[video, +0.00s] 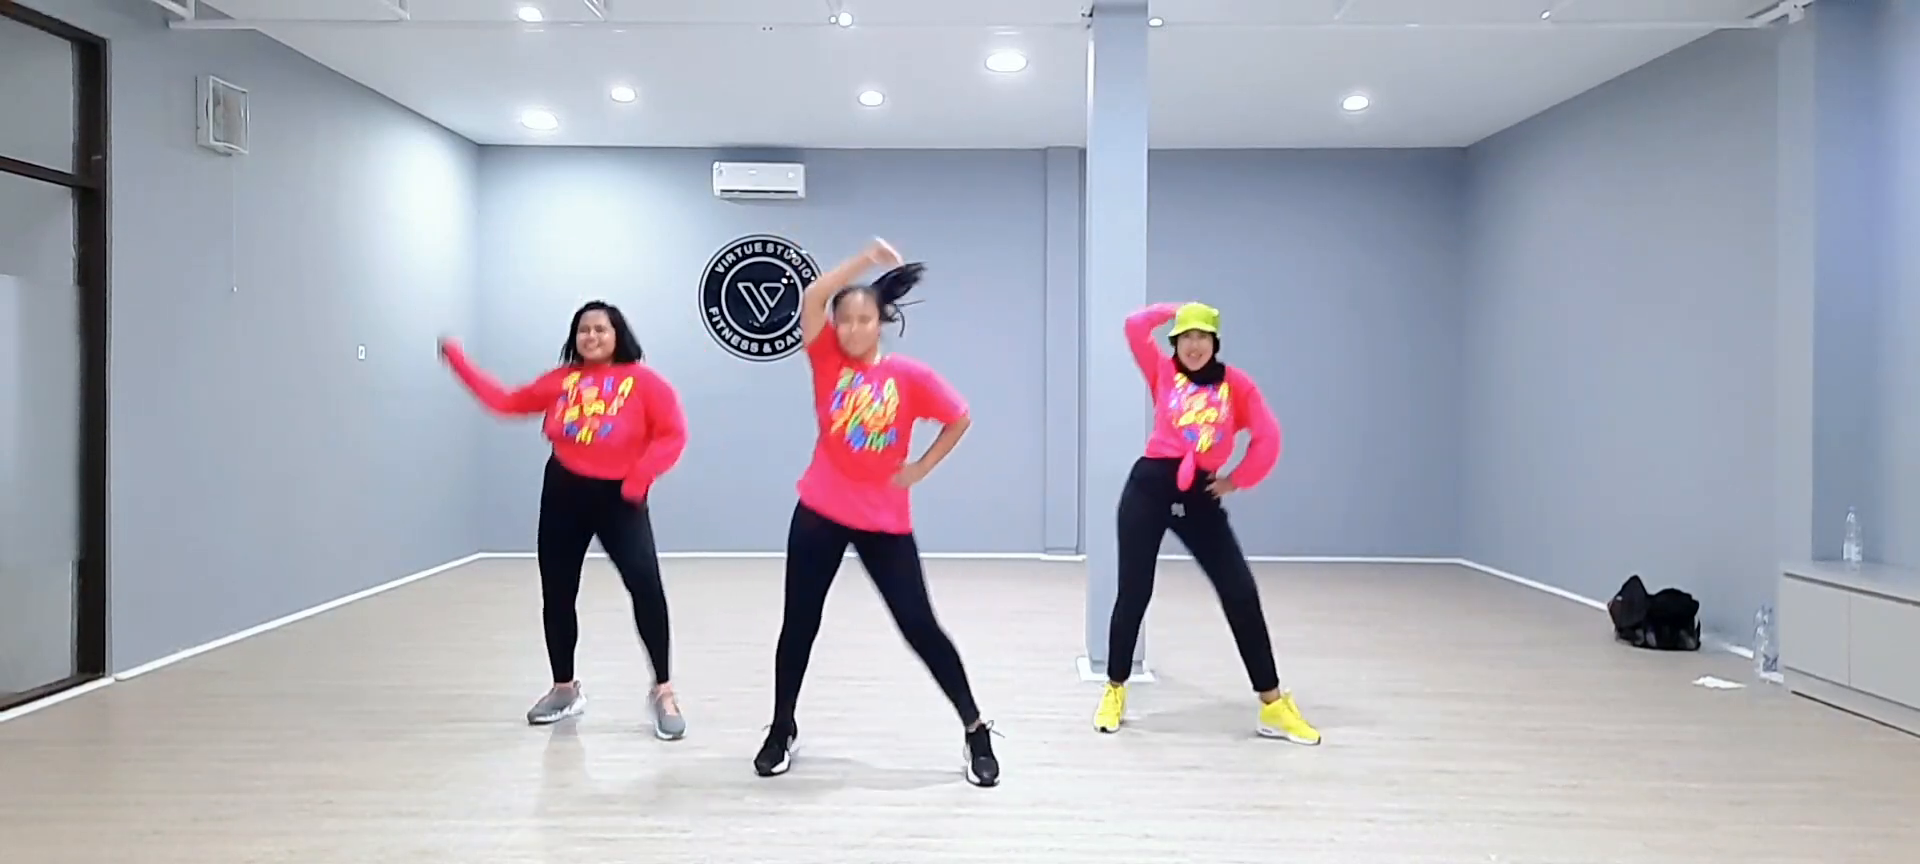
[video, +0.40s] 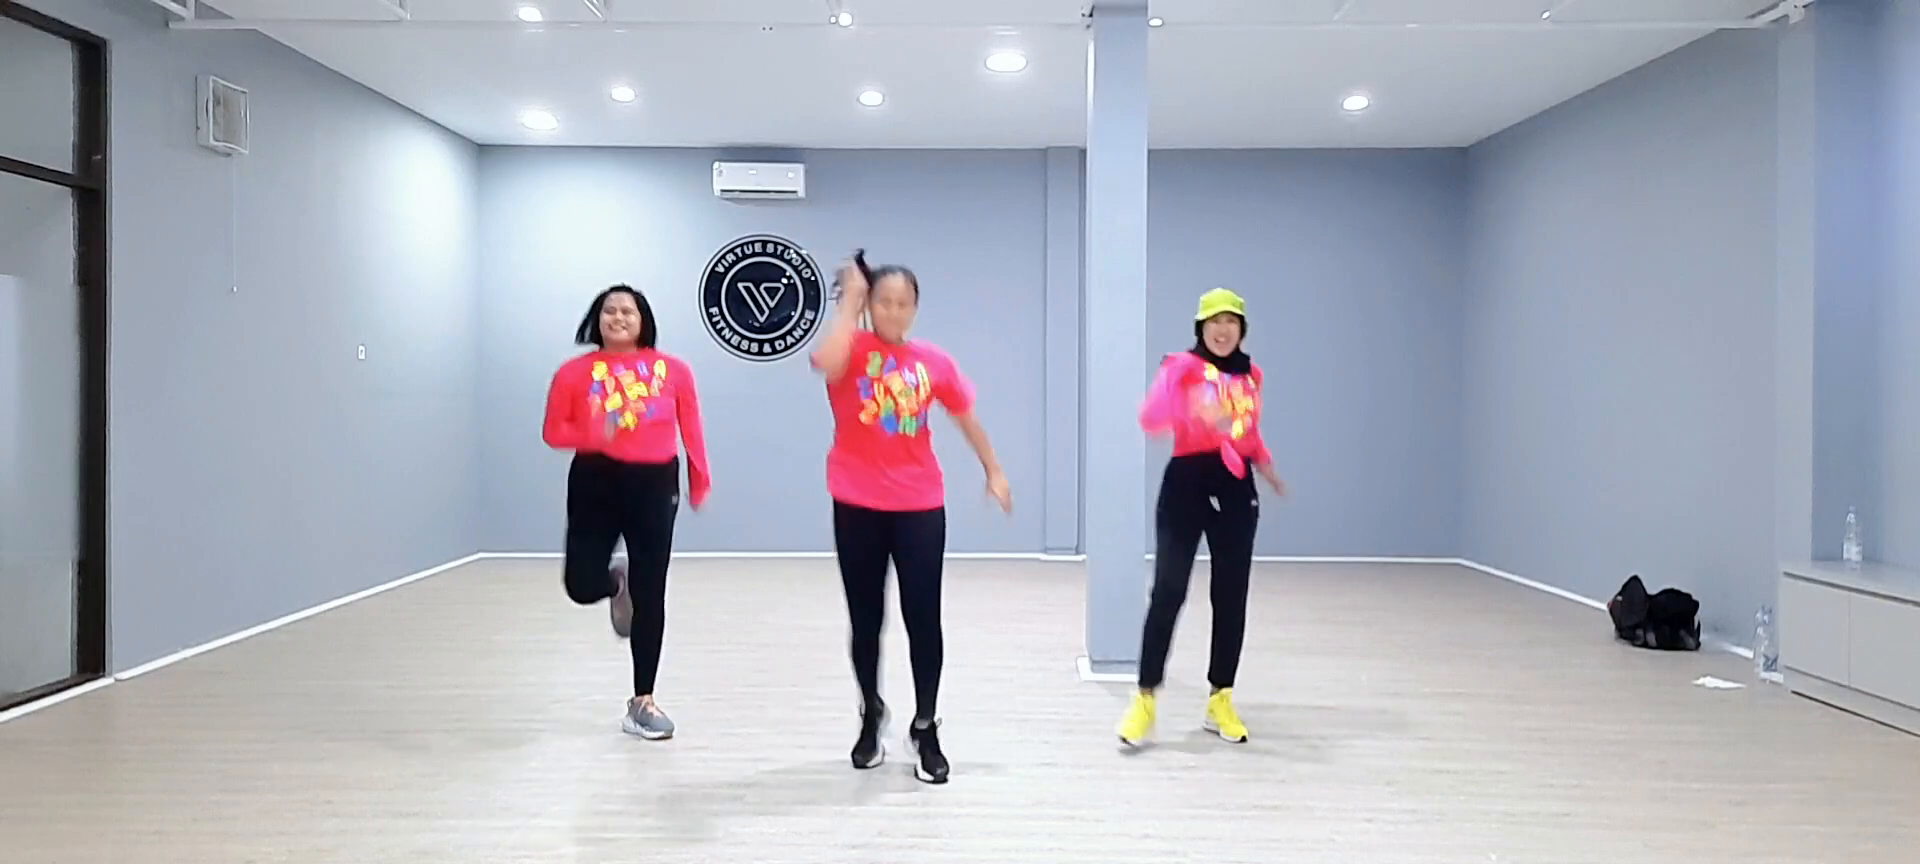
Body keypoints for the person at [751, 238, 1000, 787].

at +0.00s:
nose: (854, 328)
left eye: (864, 320)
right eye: (846, 319)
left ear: (882, 324)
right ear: (833, 324)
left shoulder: (906, 375)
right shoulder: (827, 361)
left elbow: (958, 418)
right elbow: (811, 297)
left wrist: (919, 469)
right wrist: (866, 259)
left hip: (883, 517)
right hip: (820, 509)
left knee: (920, 629)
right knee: (798, 624)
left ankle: (976, 730)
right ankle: (780, 729)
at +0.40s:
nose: (895, 312)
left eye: (904, 303)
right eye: (886, 303)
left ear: (916, 308)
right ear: (868, 306)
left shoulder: (933, 362)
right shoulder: (847, 349)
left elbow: (966, 419)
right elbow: (826, 361)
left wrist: (994, 469)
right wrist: (852, 299)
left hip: (920, 507)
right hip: (858, 506)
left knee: (923, 620)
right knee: (865, 622)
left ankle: (926, 728)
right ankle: (870, 712)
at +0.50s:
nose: (906, 339)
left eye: (916, 330)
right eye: (897, 329)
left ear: (926, 334)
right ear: (878, 329)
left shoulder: (937, 390)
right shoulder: (853, 380)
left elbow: (958, 459)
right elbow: (852, 445)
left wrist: (987, 513)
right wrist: (897, 416)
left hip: (931, 529)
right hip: (868, 531)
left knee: (931, 643)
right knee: (873, 651)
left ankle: (925, 736)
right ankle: (867, 711)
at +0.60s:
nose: (917, 340)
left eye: (926, 331)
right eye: (908, 330)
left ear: (936, 329)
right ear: (887, 324)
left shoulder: (939, 378)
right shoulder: (854, 376)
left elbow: (950, 446)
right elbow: (837, 446)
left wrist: (958, 492)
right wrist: (886, 479)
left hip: (930, 522)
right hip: (870, 524)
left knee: (933, 631)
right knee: (877, 626)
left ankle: (926, 730)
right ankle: (856, 715)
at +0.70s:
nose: (920, 336)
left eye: (929, 326)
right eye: (911, 324)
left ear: (939, 318)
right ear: (889, 313)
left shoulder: (936, 362)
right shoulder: (860, 361)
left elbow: (953, 428)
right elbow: (803, 412)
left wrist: (945, 429)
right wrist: (848, 457)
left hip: (919, 504)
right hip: (862, 501)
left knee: (936, 613)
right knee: (878, 615)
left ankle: (920, 718)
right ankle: (847, 755)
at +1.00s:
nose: (943, 350)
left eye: (946, 340)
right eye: (941, 338)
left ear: (910, 331)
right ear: (916, 330)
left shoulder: (893, 379)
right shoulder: (885, 380)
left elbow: (866, 456)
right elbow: (859, 453)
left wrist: (909, 481)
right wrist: (919, 481)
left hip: (868, 524)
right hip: (845, 526)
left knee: (912, 615)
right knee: (880, 653)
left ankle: (891, 739)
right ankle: (834, 796)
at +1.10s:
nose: (934, 325)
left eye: (936, 316)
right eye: (934, 315)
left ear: (893, 305)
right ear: (918, 308)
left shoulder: (854, 347)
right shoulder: (911, 355)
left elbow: (815, 387)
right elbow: (924, 427)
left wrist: (851, 424)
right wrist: (962, 402)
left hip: (827, 508)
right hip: (868, 513)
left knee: (878, 626)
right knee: (885, 634)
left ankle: (858, 745)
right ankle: (844, 775)